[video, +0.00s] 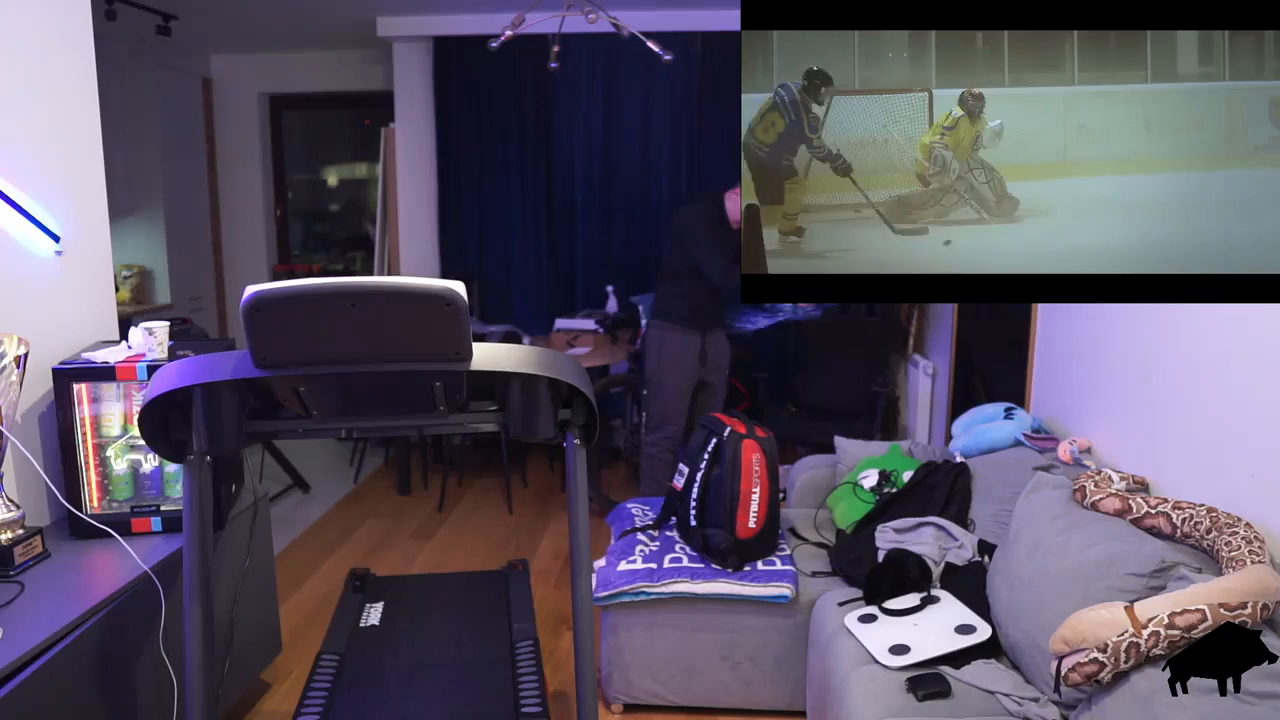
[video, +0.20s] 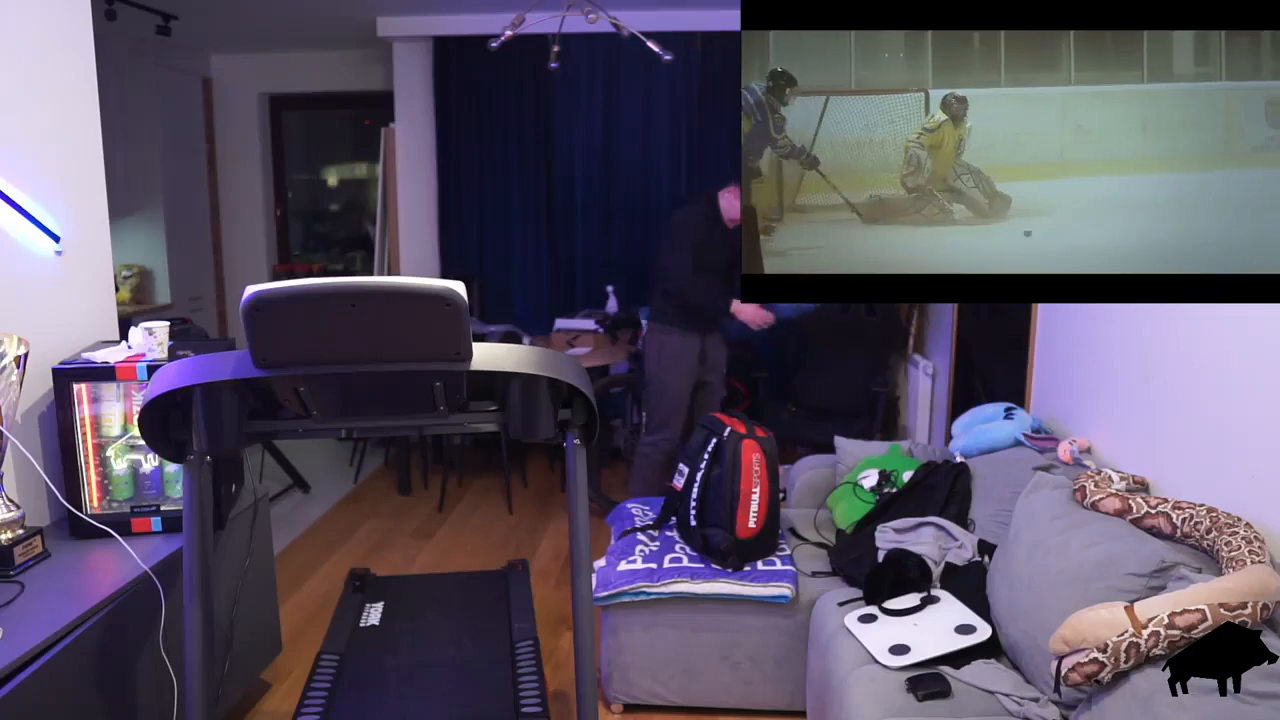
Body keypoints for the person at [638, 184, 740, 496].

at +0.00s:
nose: (746, 219)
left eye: (751, 213)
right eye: (746, 210)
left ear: (750, 210)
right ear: (733, 197)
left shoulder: (737, 232)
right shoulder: (695, 219)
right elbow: (726, 278)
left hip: (713, 334)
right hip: (673, 333)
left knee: (707, 428)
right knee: (666, 427)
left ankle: (698, 509)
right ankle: (655, 508)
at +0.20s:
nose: (742, 219)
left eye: (747, 213)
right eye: (742, 210)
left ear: (743, 203)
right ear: (729, 194)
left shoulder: (733, 229)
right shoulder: (690, 221)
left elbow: (725, 281)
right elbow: (681, 283)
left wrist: (747, 307)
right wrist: (733, 306)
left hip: (710, 333)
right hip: (672, 333)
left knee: (707, 427)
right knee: (665, 427)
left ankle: (697, 507)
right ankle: (642, 508)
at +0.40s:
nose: (728, 223)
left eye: (734, 217)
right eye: (725, 214)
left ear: (739, 212)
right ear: (710, 196)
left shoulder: (726, 238)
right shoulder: (676, 225)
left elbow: (727, 291)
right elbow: (653, 287)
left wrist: (727, 326)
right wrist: (689, 324)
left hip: (705, 339)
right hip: (666, 337)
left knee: (702, 426)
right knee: (661, 427)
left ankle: (694, 507)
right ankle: (644, 508)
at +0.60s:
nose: (696, 214)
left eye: (705, 209)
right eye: (692, 205)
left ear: (719, 204)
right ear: (682, 190)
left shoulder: (724, 233)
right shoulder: (653, 226)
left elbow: (732, 280)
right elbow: (630, 281)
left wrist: (716, 303)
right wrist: (617, 329)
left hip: (701, 345)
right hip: (648, 343)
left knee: (699, 430)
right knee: (649, 433)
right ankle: (642, 512)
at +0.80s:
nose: (669, 211)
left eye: (677, 204)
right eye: (663, 203)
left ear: (691, 194)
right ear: (653, 192)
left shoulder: (703, 230)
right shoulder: (634, 227)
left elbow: (719, 278)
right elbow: (596, 274)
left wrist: (710, 305)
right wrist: (551, 306)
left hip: (688, 339)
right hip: (641, 337)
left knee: (696, 421)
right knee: (643, 426)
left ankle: (696, 502)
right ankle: (641, 503)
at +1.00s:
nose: (645, 210)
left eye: (653, 203)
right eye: (639, 202)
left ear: (671, 191)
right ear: (631, 191)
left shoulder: (690, 228)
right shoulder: (621, 225)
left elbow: (707, 279)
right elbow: (591, 271)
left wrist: (693, 301)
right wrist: (548, 298)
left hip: (675, 337)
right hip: (626, 338)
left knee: (696, 422)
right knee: (633, 427)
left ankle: (701, 504)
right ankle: (637, 507)